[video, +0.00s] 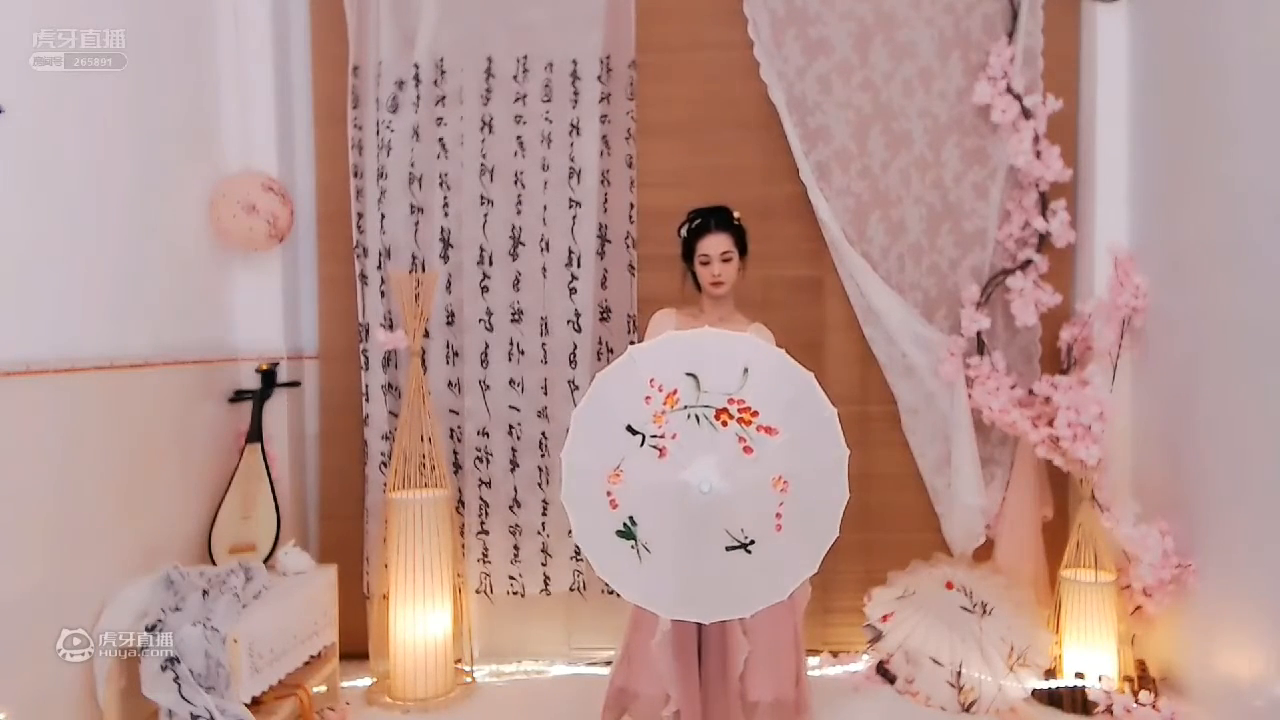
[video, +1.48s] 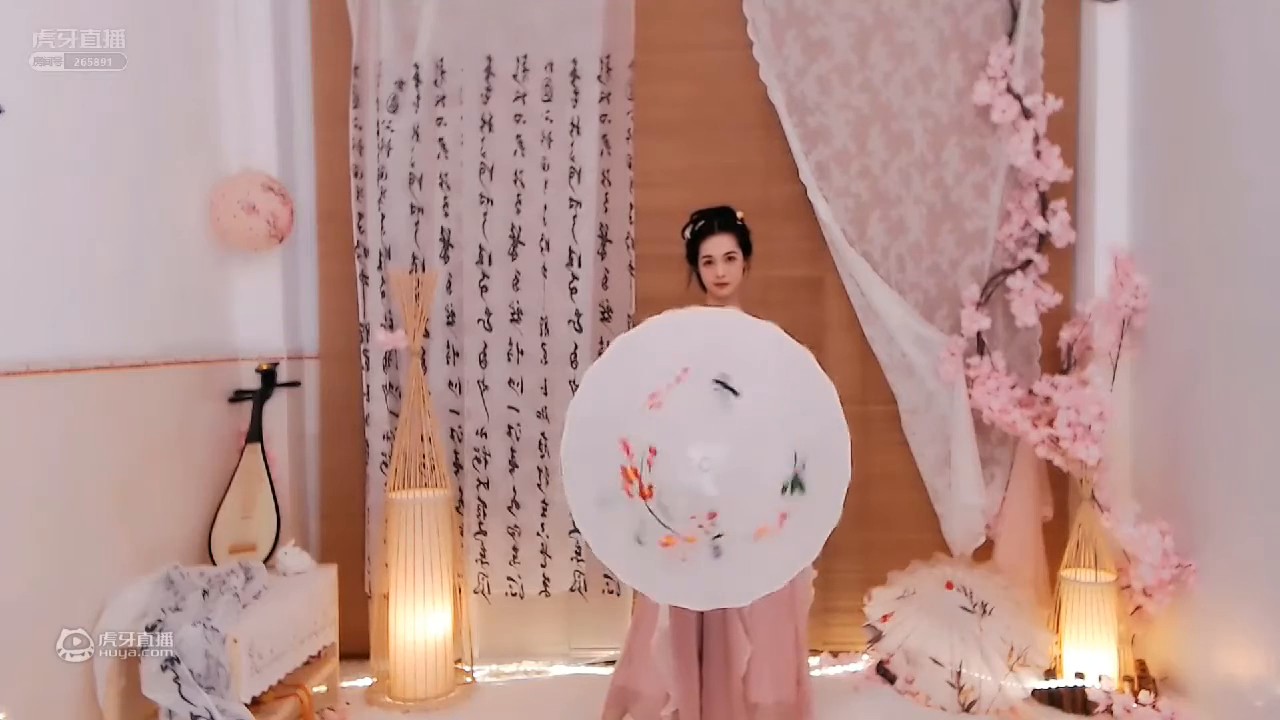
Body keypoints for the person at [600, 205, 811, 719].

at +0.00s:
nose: (716, 270)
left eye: (726, 258)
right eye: (705, 260)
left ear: (741, 262)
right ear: (691, 266)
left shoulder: (759, 335)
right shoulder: (665, 324)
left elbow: (778, 424)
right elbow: (642, 409)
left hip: (740, 489)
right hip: (677, 485)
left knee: (740, 605)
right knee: (676, 604)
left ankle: (738, 709)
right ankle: (677, 709)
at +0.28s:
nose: (717, 270)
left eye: (727, 258)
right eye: (706, 260)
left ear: (742, 262)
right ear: (692, 266)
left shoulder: (760, 335)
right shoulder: (666, 323)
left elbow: (779, 424)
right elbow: (645, 410)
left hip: (741, 487)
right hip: (677, 484)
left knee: (740, 604)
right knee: (677, 603)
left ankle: (738, 709)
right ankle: (678, 710)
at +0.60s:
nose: (717, 270)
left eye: (727, 257)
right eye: (706, 260)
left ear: (743, 262)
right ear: (692, 266)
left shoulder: (760, 335)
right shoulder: (669, 323)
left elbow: (779, 424)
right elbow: (649, 410)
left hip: (744, 489)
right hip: (680, 486)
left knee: (743, 607)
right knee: (678, 606)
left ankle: (741, 710)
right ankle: (678, 711)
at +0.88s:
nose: (717, 270)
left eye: (727, 258)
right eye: (706, 260)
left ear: (743, 263)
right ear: (692, 266)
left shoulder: (760, 335)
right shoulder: (670, 322)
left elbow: (781, 416)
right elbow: (649, 407)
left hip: (745, 478)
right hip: (678, 474)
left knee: (743, 595)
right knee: (678, 594)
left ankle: (741, 708)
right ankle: (675, 709)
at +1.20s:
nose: (718, 270)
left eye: (729, 258)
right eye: (708, 260)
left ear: (745, 263)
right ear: (695, 268)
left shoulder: (761, 339)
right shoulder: (673, 337)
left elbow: (786, 430)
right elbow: (651, 421)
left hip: (750, 485)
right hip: (683, 483)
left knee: (747, 605)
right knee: (683, 606)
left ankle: (747, 709)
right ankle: (679, 710)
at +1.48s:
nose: (719, 271)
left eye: (729, 258)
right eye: (708, 260)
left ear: (745, 263)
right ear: (695, 267)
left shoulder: (766, 339)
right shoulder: (672, 336)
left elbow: (790, 428)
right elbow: (646, 421)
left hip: (752, 489)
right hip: (684, 486)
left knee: (748, 609)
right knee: (682, 609)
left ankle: (749, 710)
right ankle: (679, 711)